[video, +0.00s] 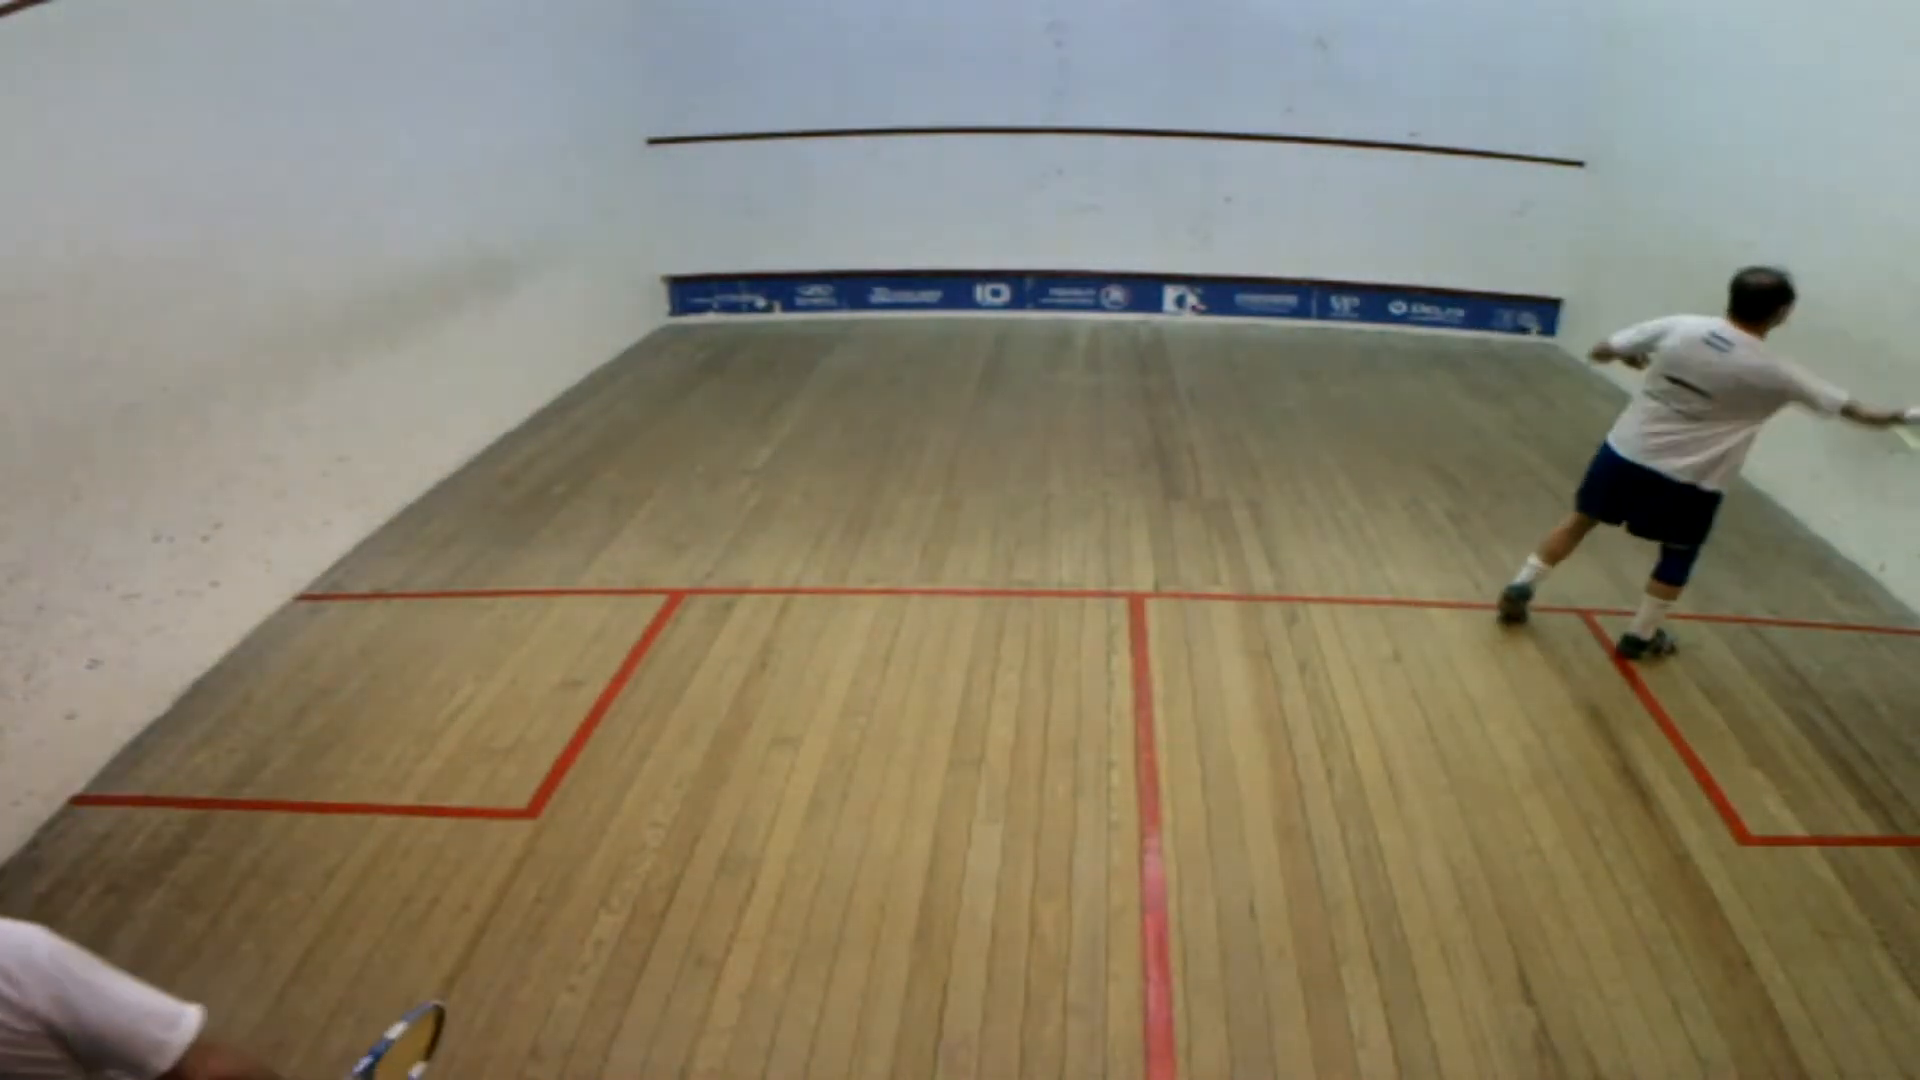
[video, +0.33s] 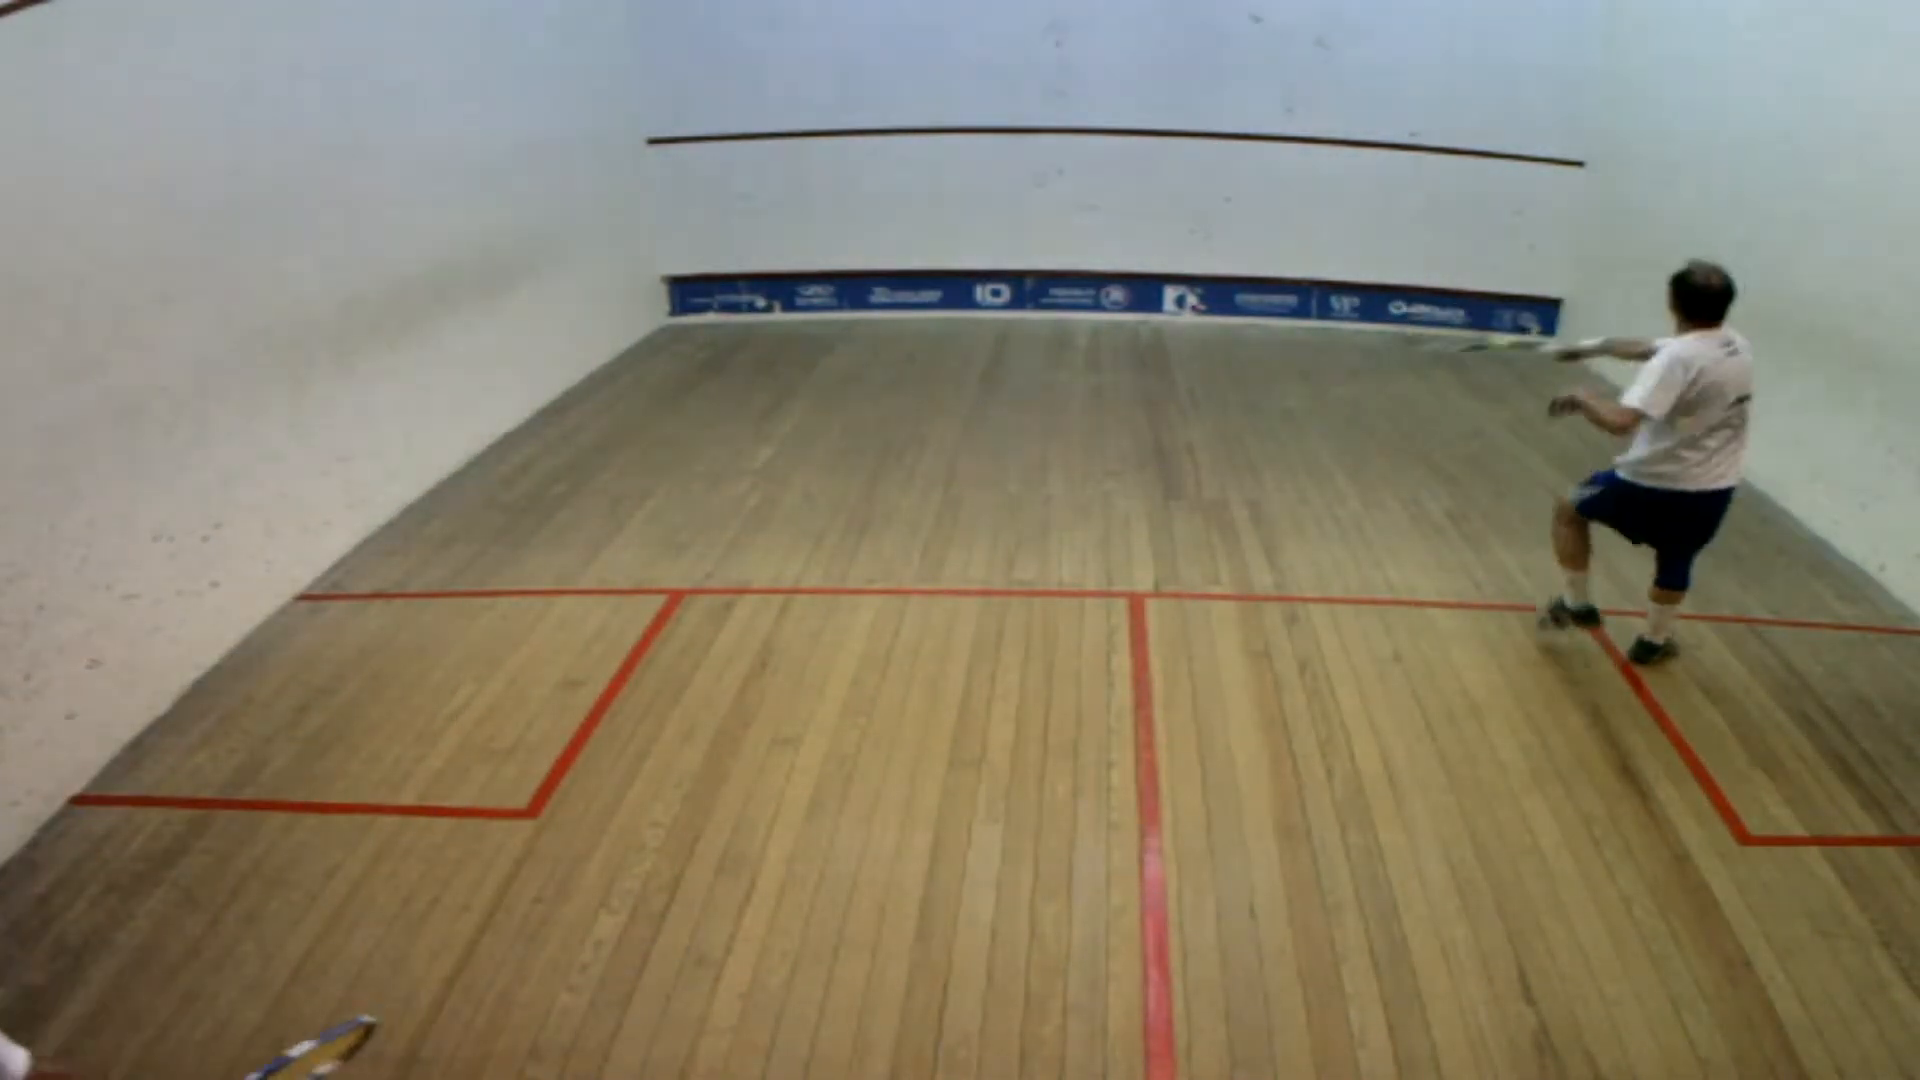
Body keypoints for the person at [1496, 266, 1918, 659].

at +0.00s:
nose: (1785, 321)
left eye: (1785, 313)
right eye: (1785, 315)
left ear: (1733, 300)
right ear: (1775, 316)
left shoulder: (1682, 329)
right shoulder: (1772, 371)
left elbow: (1612, 348)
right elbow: (1841, 407)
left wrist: (1610, 353)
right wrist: (1897, 417)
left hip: (1625, 454)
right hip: (1690, 484)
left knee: (1579, 521)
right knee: (1676, 560)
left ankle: (1520, 586)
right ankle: (1639, 636)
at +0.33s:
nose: (1669, 303)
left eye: (1671, 298)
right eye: (1674, 298)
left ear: (1676, 304)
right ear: (1724, 307)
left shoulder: (1677, 357)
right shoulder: (1736, 347)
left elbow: (1621, 422)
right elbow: (1653, 348)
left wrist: (1581, 400)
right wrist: (1594, 348)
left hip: (1654, 486)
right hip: (1712, 493)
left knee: (1571, 509)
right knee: (1675, 559)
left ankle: (1577, 603)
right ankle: (1655, 639)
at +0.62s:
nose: (1553, 316)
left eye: (1562, 312)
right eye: (1558, 310)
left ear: (1581, 325)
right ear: (1599, 326)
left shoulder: (1593, 379)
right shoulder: (1620, 362)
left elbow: (1599, 465)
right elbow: (1574, 416)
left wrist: (1538, 450)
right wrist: (1512, 418)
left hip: (1609, 523)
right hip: (1633, 509)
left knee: (1569, 602)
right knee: (1587, 583)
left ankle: (1637, 676)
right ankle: (1592, 635)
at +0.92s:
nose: (1390, 331)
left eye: (1402, 323)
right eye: (1393, 321)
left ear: (1442, 333)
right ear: (1448, 334)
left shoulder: (1435, 392)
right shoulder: (1494, 374)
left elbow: (1439, 482)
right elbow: (1488, 457)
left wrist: (1395, 482)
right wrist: (1408, 468)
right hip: (1502, 530)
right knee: (1405, 590)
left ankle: (1384, 711)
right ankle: (1413, 668)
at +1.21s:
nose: (1309, 315)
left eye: (1312, 307)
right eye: (1314, 307)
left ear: (1320, 312)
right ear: (1383, 316)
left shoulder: (1289, 375)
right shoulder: (1430, 385)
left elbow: (1243, 467)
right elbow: (1458, 474)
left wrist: (1285, 487)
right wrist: (1400, 490)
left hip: (1295, 550)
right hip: (1383, 553)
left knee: (1212, 636)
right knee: (1373, 635)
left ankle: (1222, 754)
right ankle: (1368, 717)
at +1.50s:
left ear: (1304, 384)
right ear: (1374, 397)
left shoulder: (1245, 432)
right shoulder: (1395, 466)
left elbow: (1144, 504)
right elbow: (1439, 566)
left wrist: (1133, 539)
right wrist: (1421, 566)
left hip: (1200, 607)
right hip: (1305, 629)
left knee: (1130, 684)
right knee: (1358, 748)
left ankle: (1075, 796)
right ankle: (1318, 880)